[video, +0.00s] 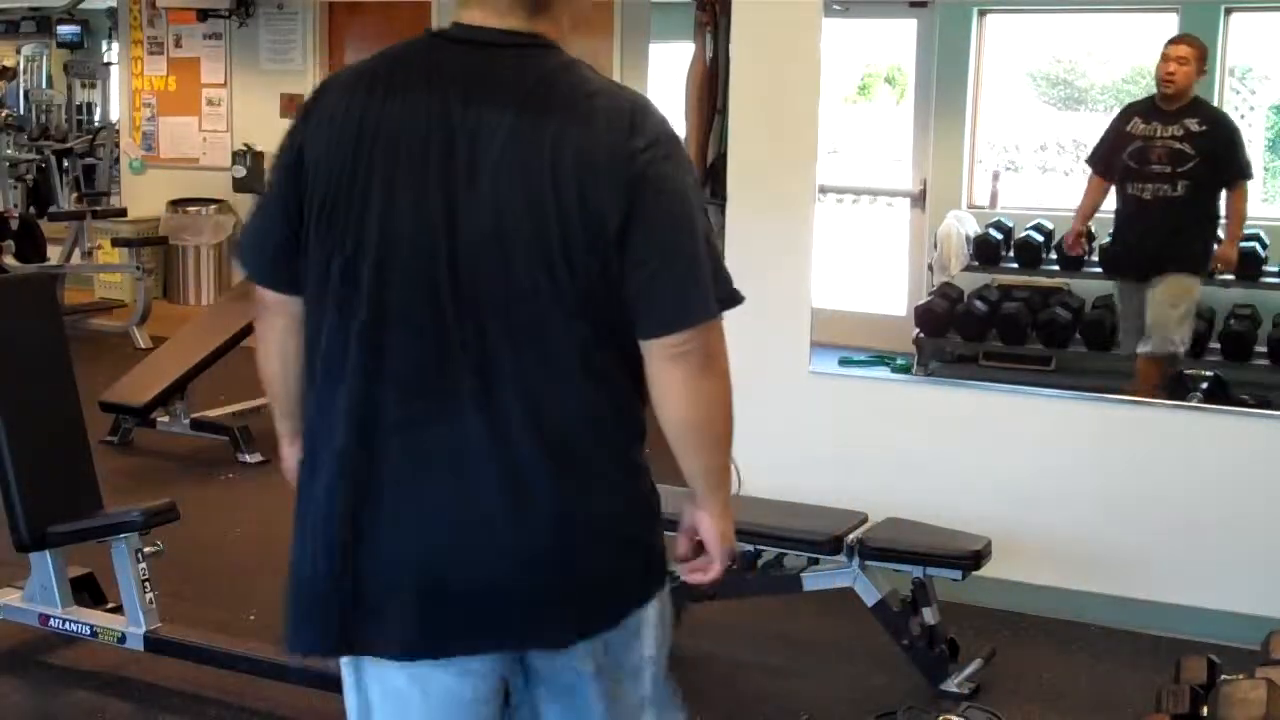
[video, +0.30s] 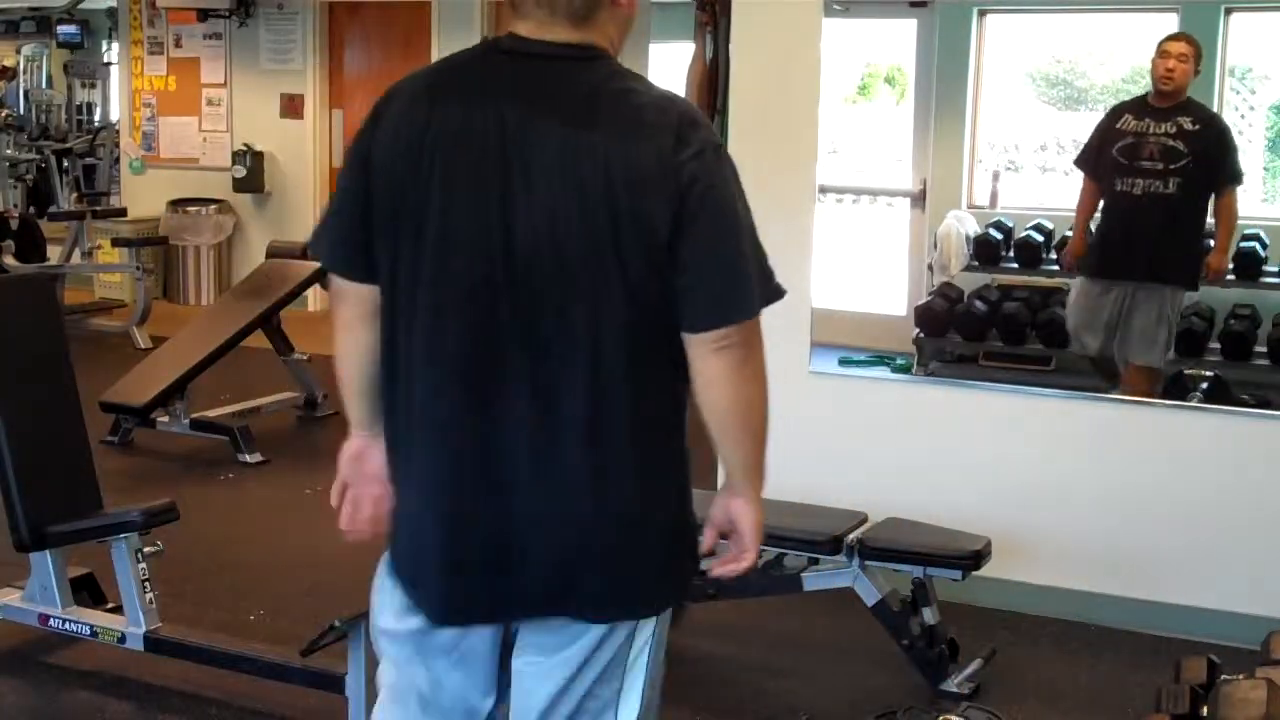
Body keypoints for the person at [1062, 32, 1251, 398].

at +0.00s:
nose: (1169, 67)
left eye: (1181, 62)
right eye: (1165, 59)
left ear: (1199, 73)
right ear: (1157, 65)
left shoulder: (1216, 124)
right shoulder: (1131, 115)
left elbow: (1237, 186)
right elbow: (1102, 174)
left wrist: (1231, 243)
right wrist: (1079, 224)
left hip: (1183, 251)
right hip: (1129, 247)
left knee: (1155, 350)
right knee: (1142, 349)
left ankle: (1134, 437)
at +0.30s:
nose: (1170, 65)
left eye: (1181, 59)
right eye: (1164, 56)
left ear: (1195, 72)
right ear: (1152, 63)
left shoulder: (1210, 127)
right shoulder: (1120, 115)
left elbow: (1226, 193)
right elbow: (1094, 179)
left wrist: (1221, 251)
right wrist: (1078, 235)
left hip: (1169, 257)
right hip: (1111, 249)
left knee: (1142, 362)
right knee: (1082, 333)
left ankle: (1131, 447)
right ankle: (1129, 390)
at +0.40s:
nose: (1168, 64)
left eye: (1179, 58)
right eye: (1162, 54)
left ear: (1192, 70)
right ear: (1149, 61)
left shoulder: (1208, 126)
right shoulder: (1116, 113)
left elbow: (1223, 192)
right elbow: (1087, 177)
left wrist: (1221, 249)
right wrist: (1070, 231)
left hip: (1165, 259)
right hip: (1102, 252)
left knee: (1144, 367)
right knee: (1069, 352)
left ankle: (1133, 447)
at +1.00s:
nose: (1147, 66)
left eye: (1151, 59)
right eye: (1137, 57)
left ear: (1155, 65)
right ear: (1110, 62)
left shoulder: (1147, 118)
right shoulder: (1083, 116)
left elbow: (1161, 178)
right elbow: (1055, 183)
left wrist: (1173, 226)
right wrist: (1061, 248)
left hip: (1138, 260)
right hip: (1088, 260)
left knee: (1133, 367)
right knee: (1063, 364)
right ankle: (1052, 444)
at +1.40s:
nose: (1136, 63)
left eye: (1133, 54)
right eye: (1130, 54)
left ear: (1105, 63)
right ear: (1106, 62)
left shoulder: (1101, 110)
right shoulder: (1089, 111)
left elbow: (1093, 185)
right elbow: (1084, 184)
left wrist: (1125, 239)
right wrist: (1120, 241)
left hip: (1101, 265)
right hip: (1084, 265)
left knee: (1084, 371)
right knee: (1065, 372)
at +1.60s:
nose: (1132, 63)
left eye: (1129, 54)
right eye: (1125, 54)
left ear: (1101, 62)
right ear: (1102, 61)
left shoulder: (1101, 109)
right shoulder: (1087, 109)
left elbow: (1100, 179)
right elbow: (1086, 181)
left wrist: (1145, 201)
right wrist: (1149, 201)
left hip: (1103, 266)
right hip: (1087, 267)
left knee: (1086, 369)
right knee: (1066, 368)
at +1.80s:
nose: (1133, 63)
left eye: (1130, 55)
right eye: (1126, 55)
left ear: (1101, 65)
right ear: (1102, 64)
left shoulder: (1097, 111)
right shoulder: (1089, 113)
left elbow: (1100, 175)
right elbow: (1101, 177)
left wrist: (1128, 138)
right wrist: (1137, 142)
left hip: (1101, 266)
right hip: (1088, 268)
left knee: (1082, 366)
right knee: (1074, 367)